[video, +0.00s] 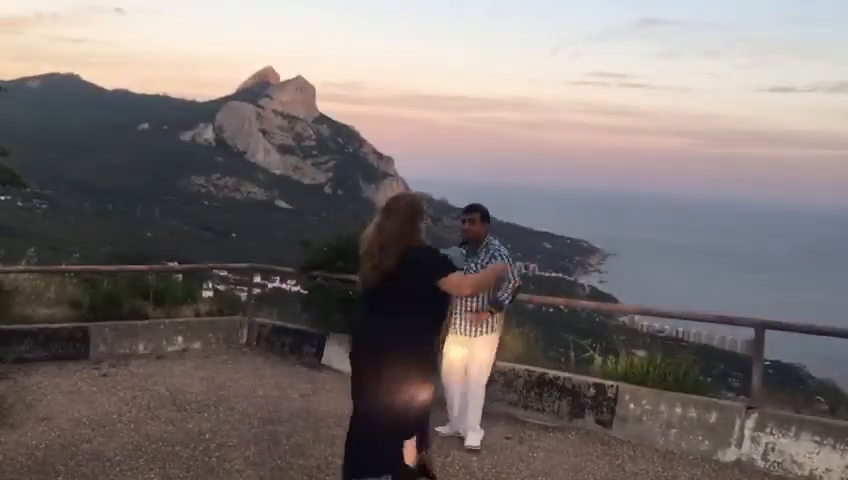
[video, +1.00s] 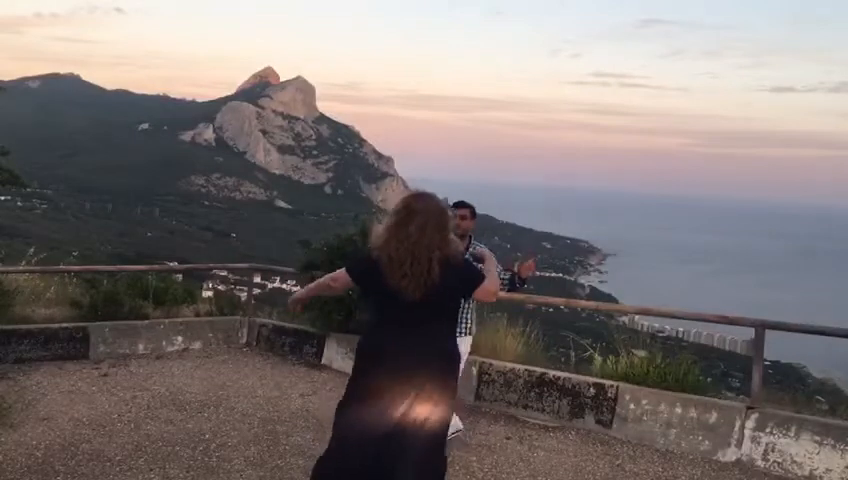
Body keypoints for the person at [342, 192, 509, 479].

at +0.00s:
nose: (427, 222)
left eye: (425, 217)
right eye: (424, 218)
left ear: (385, 220)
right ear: (417, 222)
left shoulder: (374, 256)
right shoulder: (424, 257)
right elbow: (462, 286)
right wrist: (496, 271)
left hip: (368, 358)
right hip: (410, 363)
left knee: (365, 430)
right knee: (407, 439)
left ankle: (359, 472)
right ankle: (407, 468)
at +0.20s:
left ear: (386, 225)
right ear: (426, 227)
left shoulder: (369, 263)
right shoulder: (439, 263)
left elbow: (339, 279)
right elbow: (478, 286)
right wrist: (492, 270)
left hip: (372, 370)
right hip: (422, 371)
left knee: (364, 450)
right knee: (409, 457)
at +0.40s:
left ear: (385, 225)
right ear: (427, 227)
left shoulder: (370, 261)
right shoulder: (439, 265)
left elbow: (335, 266)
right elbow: (478, 287)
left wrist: (325, 249)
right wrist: (511, 278)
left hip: (374, 374)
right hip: (423, 374)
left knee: (370, 456)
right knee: (417, 457)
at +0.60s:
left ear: (380, 228)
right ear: (423, 233)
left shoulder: (361, 264)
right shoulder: (432, 271)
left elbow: (328, 264)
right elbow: (474, 296)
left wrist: (328, 243)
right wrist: (513, 298)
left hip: (365, 389)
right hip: (416, 389)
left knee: (359, 464)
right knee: (407, 465)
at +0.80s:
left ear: (385, 226)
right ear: (428, 230)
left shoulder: (366, 261)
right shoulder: (440, 269)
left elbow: (327, 274)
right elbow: (478, 297)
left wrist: (314, 265)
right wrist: (500, 280)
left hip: (368, 371)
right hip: (421, 374)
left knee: (354, 452)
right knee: (412, 458)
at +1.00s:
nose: (455, 227)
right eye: (451, 223)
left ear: (398, 224)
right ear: (443, 231)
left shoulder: (380, 260)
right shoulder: (455, 268)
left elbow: (335, 281)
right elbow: (490, 292)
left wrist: (304, 293)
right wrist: (490, 260)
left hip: (378, 370)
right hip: (433, 375)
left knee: (355, 450)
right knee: (421, 458)